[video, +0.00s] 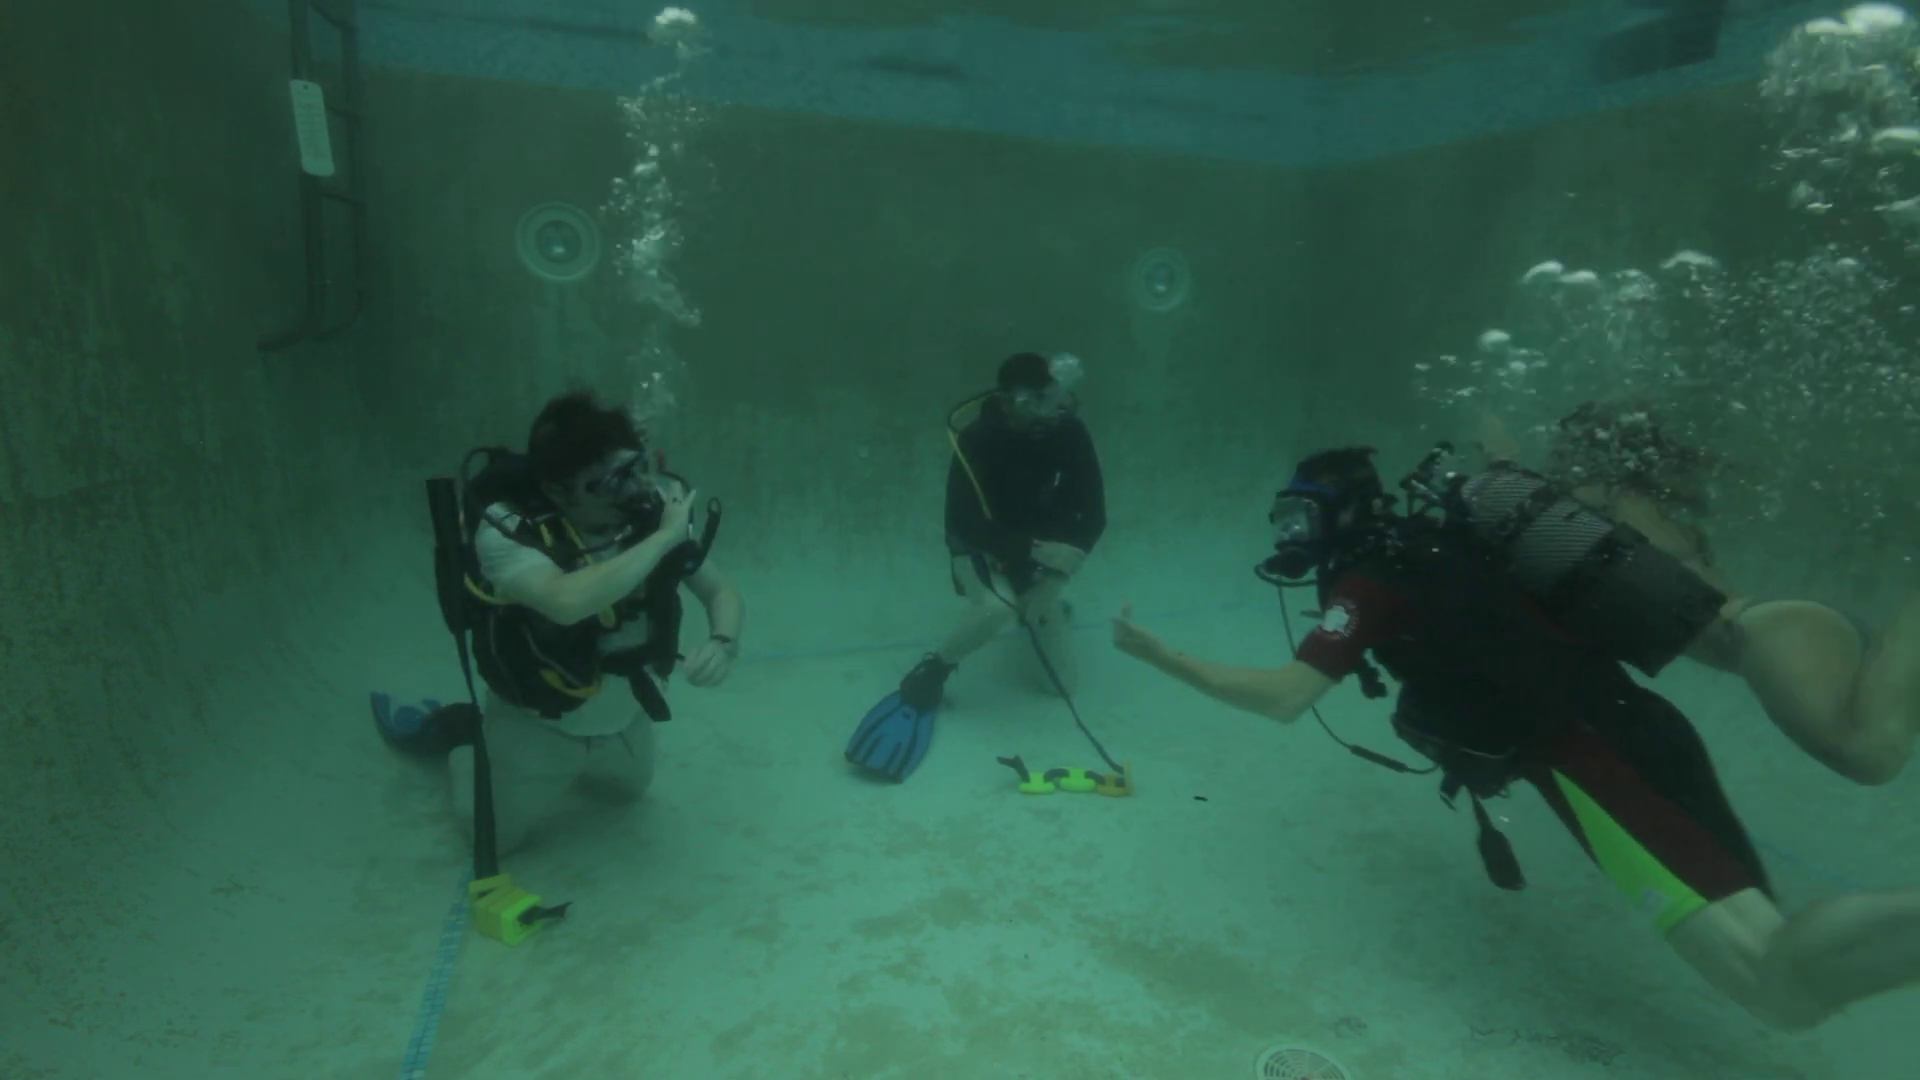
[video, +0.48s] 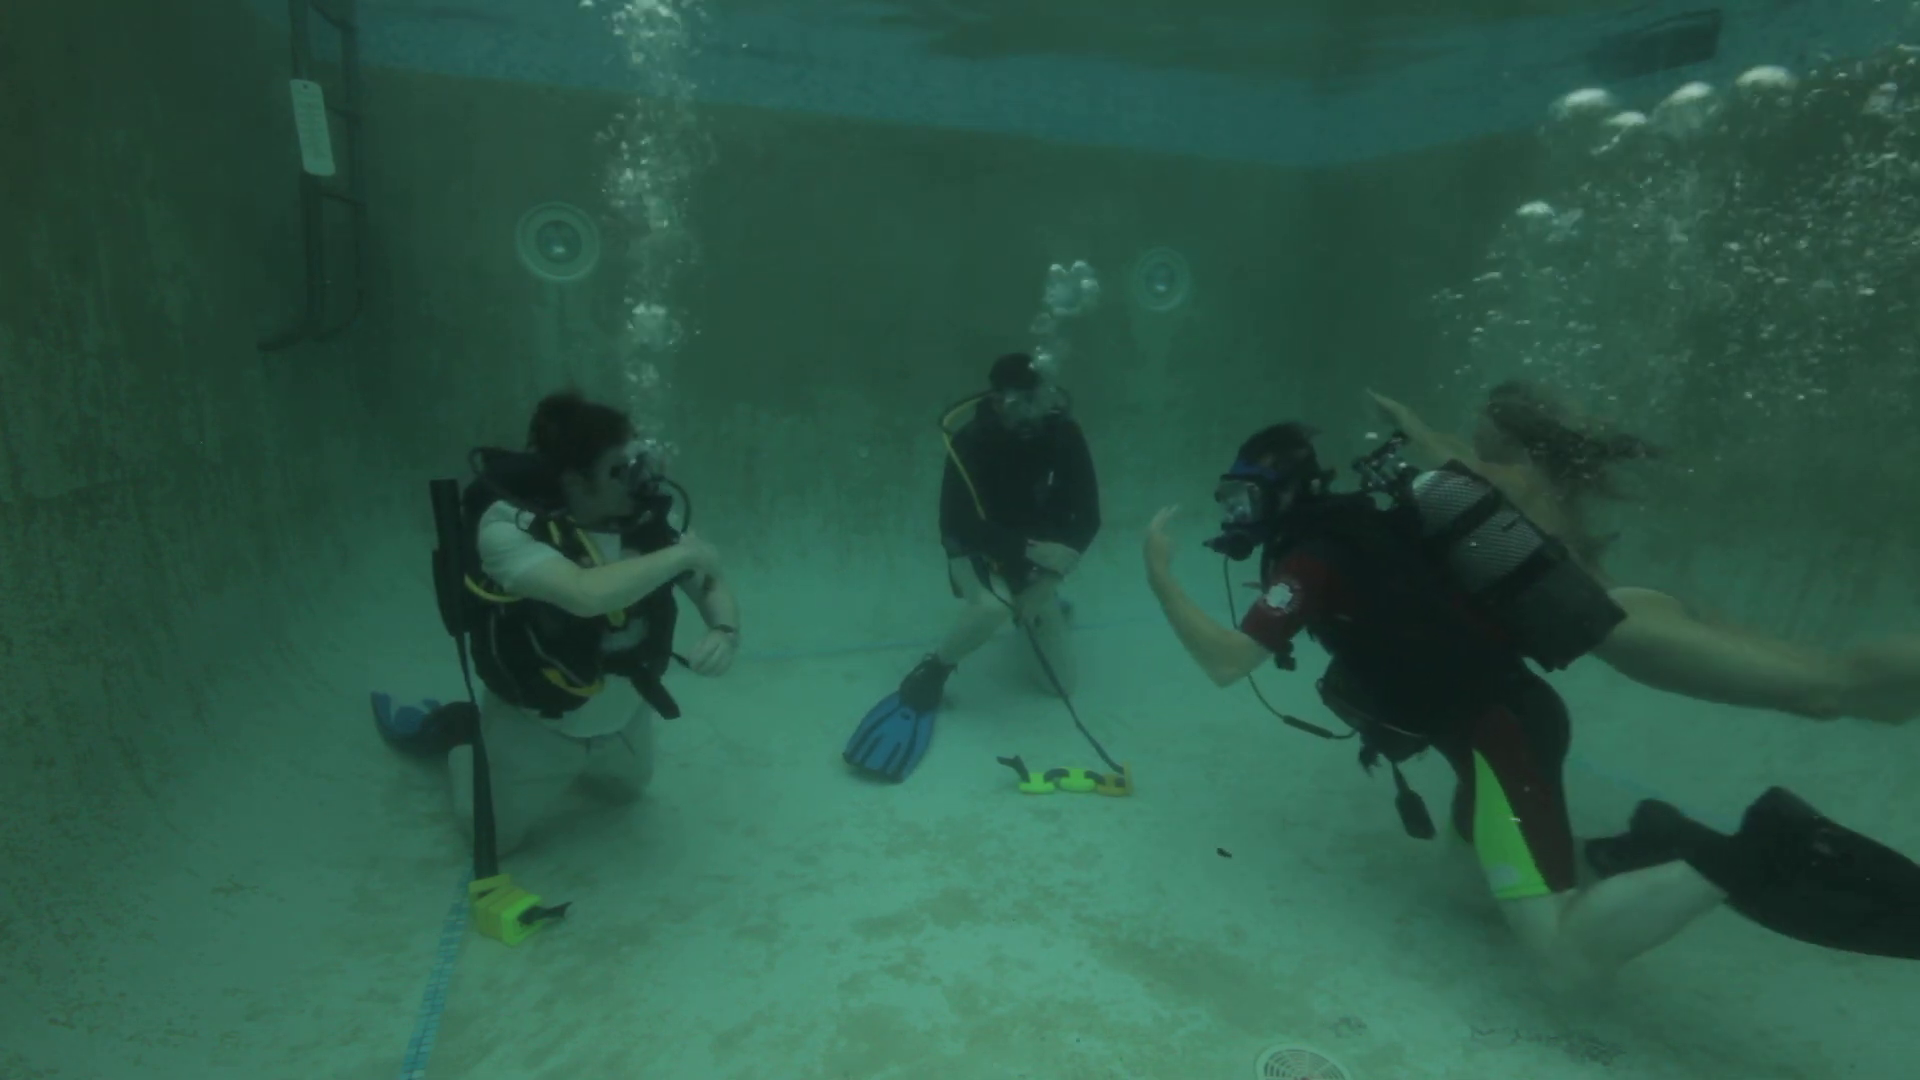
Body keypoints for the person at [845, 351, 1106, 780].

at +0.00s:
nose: (1051, 412)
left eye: (1053, 401)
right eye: (1041, 403)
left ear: (1056, 396)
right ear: (1011, 400)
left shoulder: (1069, 432)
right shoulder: (979, 438)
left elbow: (1092, 514)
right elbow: (972, 524)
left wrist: (1053, 582)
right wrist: (1038, 551)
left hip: (1045, 549)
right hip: (984, 546)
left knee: (1061, 678)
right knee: (998, 607)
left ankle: (1047, 605)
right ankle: (932, 672)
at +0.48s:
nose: (1037, 410)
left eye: (1041, 399)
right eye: (1027, 401)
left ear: (1047, 395)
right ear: (1002, 402)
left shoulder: (1063, 431)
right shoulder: (973, 438)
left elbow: (1087, 513)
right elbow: (968, 524)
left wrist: (1048, 578)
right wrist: (1031, 550)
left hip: (1040, 548)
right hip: (979, 545)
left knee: (1060, 677)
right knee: (992, 608)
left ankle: (1044, 607)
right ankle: (931, 675)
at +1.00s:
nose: (1024, 408)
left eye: (1030, 396)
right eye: (1012, 399)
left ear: (1040, 392)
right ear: (991, 400)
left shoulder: (1057, 431)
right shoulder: (967, 439)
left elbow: (1083, 511)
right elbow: (955, 522)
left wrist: (1047, 573)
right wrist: (1022, 548)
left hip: (1038, 551)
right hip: (978, 546)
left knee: (1061, 680)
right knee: (989, 605)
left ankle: (1041, 606)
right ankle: (927, 679)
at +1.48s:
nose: (1034, 404)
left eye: (1036, 394)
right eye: (1022, 396)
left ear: (1041, 390)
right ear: (994, 399)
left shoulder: (1054, 431)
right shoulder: (966, 439)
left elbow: (1079, 508)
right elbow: (955, 522)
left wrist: (1048, 566)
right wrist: (1024, 543)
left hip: (1032, 554)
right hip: (973, 549)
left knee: (1057, 680)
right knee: (985, 606)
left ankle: (1038, 607)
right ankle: (929, 677)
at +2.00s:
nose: (1018, 408)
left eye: (1025, 396)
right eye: (1007, 398)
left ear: (1037, 393)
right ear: (987, 398)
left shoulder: (1053, 433)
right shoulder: (965, 439)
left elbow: (1079, 509)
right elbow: (951, 520)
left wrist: (1050, 562)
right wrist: (1020, 538)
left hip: (1032, 556)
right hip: (970, 550)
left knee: (1054, 680)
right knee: (991, 601)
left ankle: (1036, 608)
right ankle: (930, 675)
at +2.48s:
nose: (1008, 403)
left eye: (1017, 393)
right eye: (997, 394)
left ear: (1033, 393)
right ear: (981, 395)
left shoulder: (1050, 431)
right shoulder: (963, 435)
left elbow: (1075, 509)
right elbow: (936, 514)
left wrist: (1045, 567)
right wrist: (1007, 529)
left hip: (1029, 552)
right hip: (968, 549)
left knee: (1051, 681)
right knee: (990, 600)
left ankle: (1034, 604)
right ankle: (931, 673)